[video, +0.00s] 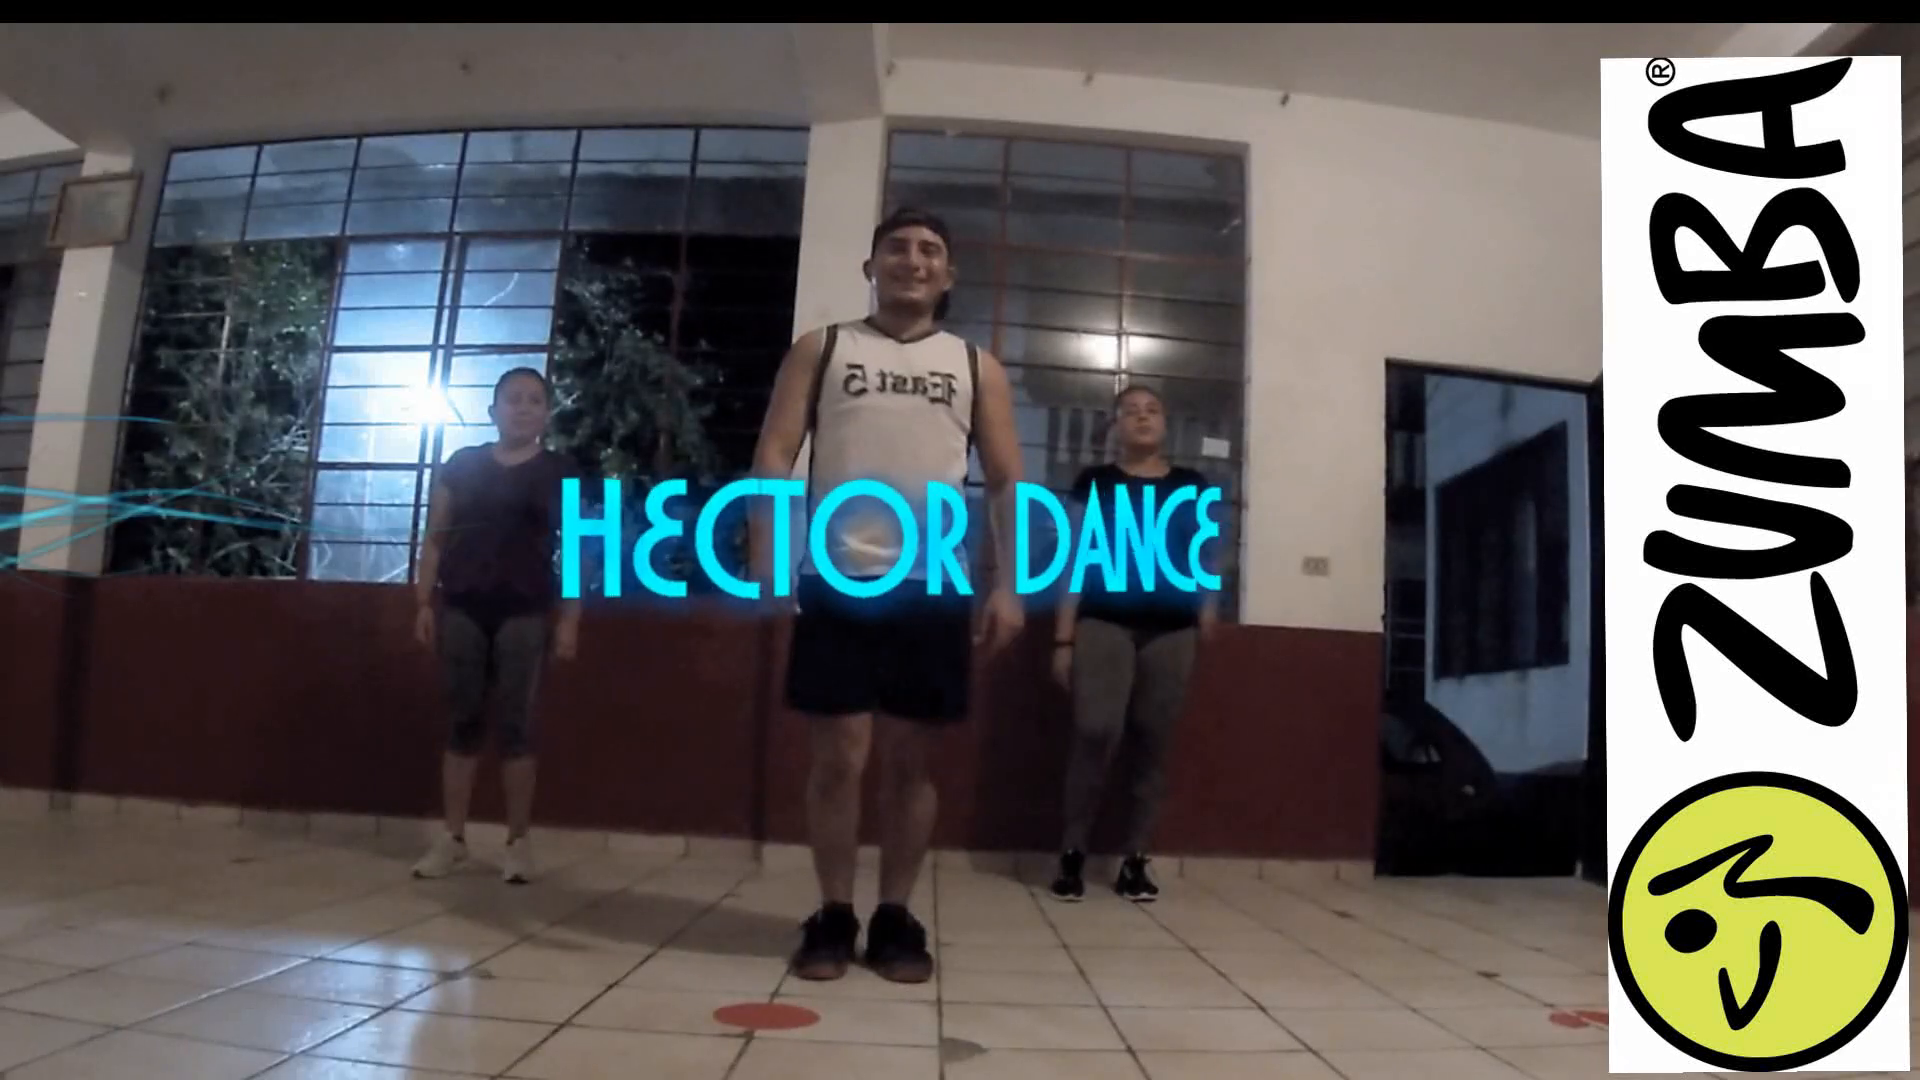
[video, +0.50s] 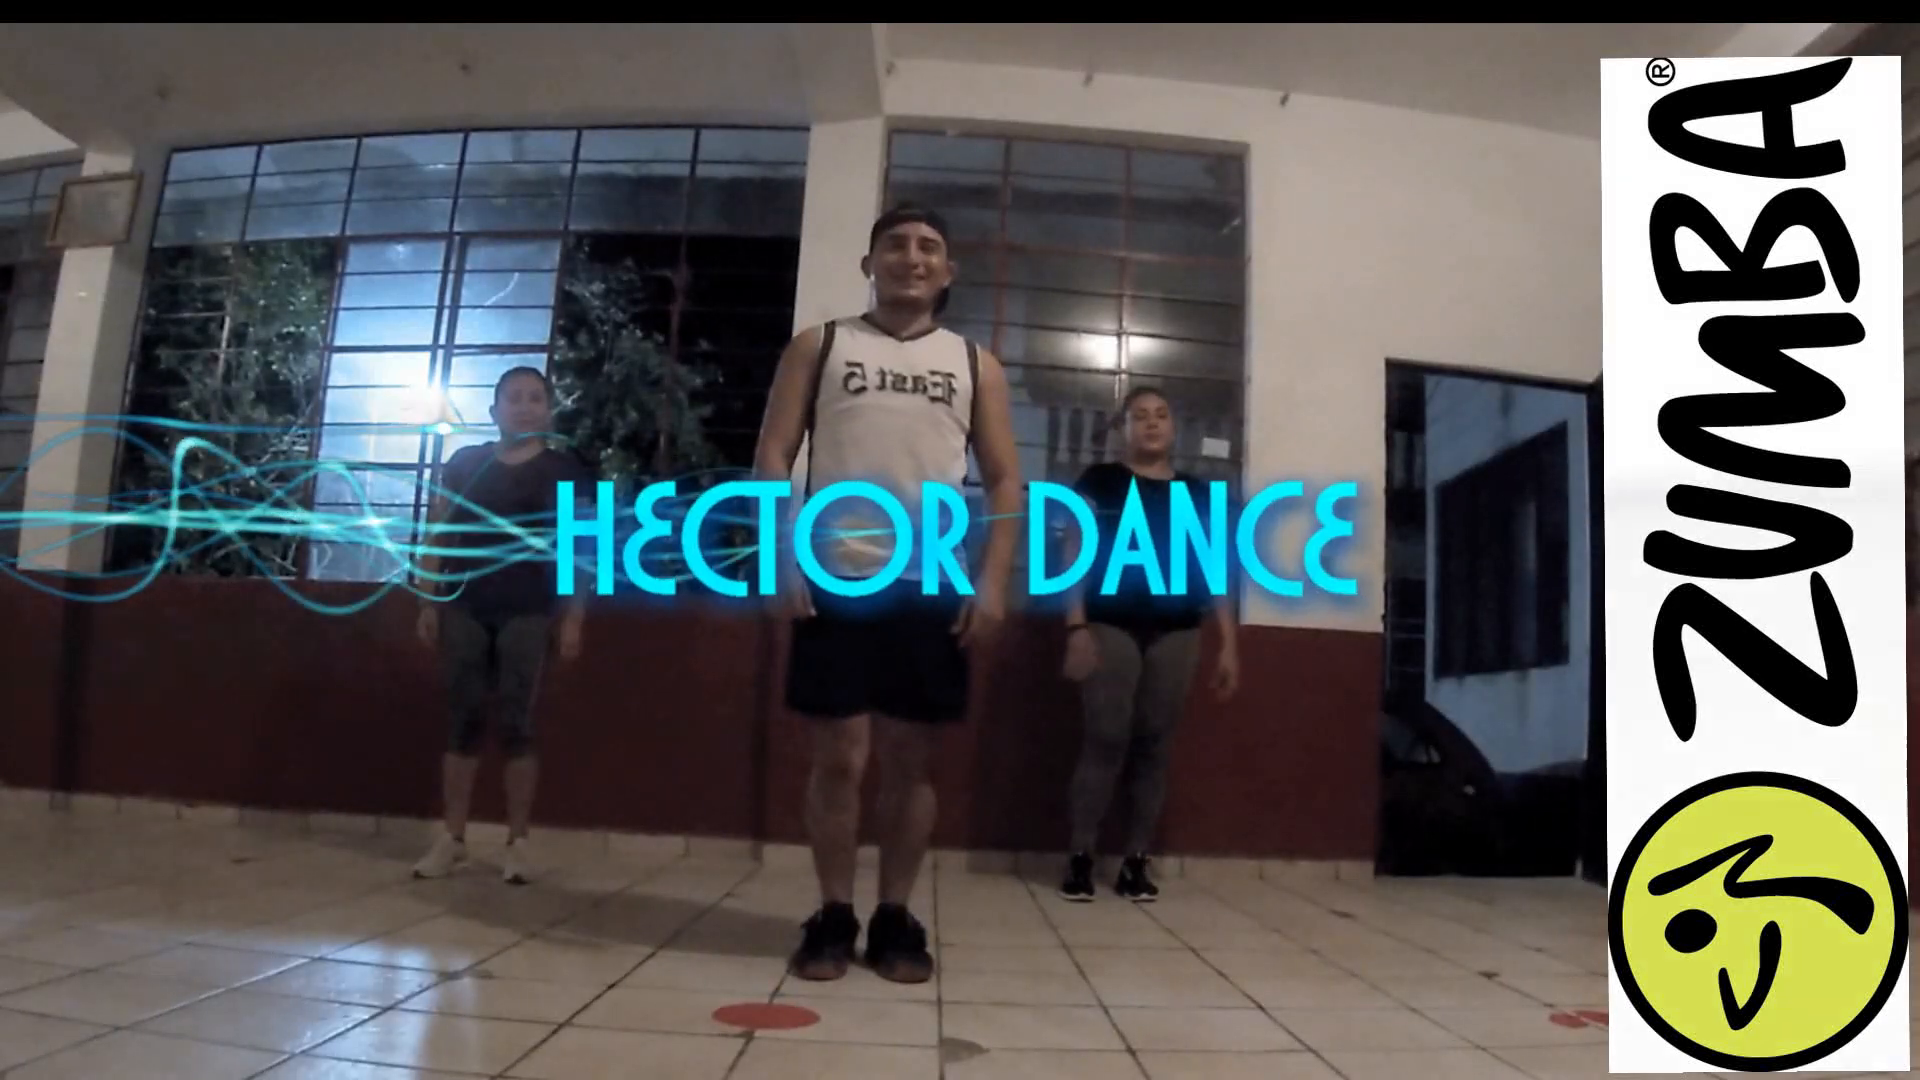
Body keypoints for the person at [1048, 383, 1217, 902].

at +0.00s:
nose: (1142, 419)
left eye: (1151, 411)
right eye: (1132, 412)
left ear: (1166, 425)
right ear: (1116, 425)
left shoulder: (1191, 485)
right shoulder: (1091, 482)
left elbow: (1206, 559)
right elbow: (1071, 565)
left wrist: (1206, 621)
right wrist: (1064, 640)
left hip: (1171, 629)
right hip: (1104, 626)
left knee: (1153, 747)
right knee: (1095, 735)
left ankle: (1136, 858)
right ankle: (1073, 853)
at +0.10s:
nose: (1145, 419)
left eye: (1154, 412)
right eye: (1135, 412)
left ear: (1168, 425)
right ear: (1118, 425)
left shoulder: (1194, 486)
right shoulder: (1094, 482)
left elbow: (1221, 549)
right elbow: (1073, 562)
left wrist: (1224, 600)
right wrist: (1064, 638)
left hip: (1174, 629)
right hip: (1107, 627)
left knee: (1157, 745)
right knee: (1097, 737)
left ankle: (1136, 858)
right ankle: (1073, 852)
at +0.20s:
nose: (1147, 420)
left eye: (1156, 412)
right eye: (1136, 413)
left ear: (1171, 425)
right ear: (1120, 427)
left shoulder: (1194, 486)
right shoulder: (1098, 481)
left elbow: (1216, 548)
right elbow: (1076, 559)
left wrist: (1227, 597)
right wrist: (1063, 634)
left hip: (1175, 629)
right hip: (1108, 626)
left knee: (1156, 745)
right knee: (1100, 734)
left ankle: (1136, 860)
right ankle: (1073, 853)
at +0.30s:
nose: (1150, 422)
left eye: (1159, 415)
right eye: (1139, 416)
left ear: (1173, 428)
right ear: (1123, 429)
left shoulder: (1196, 491)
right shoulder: (1100, 483)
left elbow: (1223, 572)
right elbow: (1079, 561)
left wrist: (1238, 648)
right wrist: (1064, 634)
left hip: (1175, 634)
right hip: (1109, 630)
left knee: (1157, 746)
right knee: (1102, 734)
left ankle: (1137, 860)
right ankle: (1076, 854)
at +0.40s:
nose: (1151, 424)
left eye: (1160, 417)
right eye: (1141, 418)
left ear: (1174, 429)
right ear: (1125, 430)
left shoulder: (1196, 492)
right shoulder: (1100, 482)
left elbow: (1220, 574)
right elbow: (1078, 560)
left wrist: (1233, 645)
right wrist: (1067, 633)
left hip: (1176, 632)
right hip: (1110, 627)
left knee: (1157, 743)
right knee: (1104, 737)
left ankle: (1137, 859)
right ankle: (1081, 855)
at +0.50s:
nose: (1151, 425)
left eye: (1159, 417)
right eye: (1141, 418)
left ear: (1174, 429)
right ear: (1124, 429)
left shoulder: (1193, 491)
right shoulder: (1099, 482)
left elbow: (1216, 575)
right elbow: (1074, 556)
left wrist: (1228, 645)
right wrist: (1077, 627)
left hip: (1175, 634)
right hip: (1110, 632)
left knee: (1155, 749)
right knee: (1104, 743)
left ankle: (1137, 860)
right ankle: (1081, 856)